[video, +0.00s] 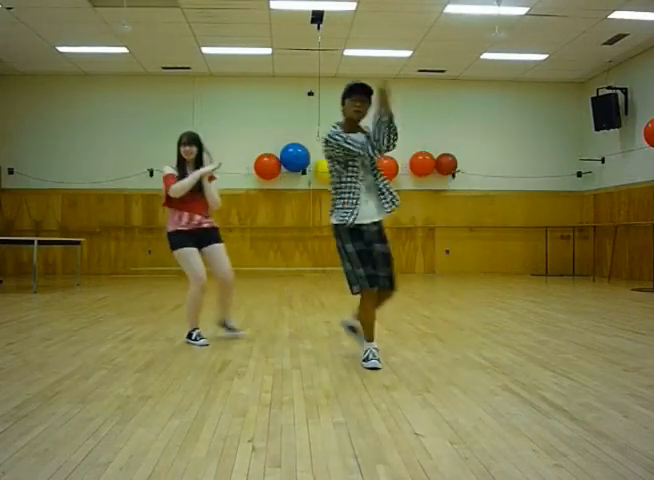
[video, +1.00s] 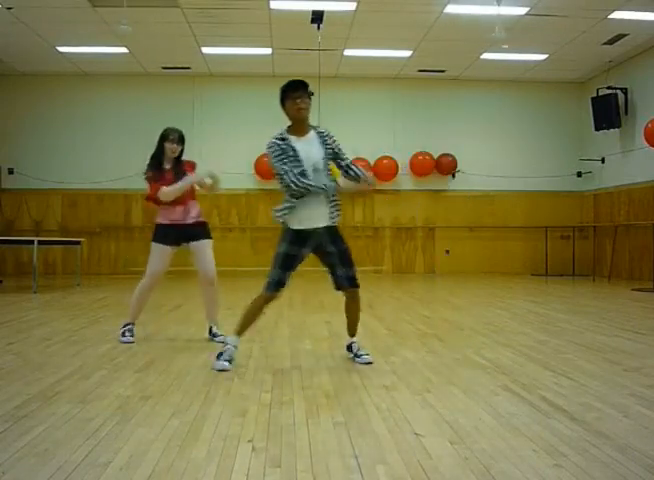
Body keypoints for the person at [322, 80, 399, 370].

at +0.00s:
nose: (359, 108)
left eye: (364, 104)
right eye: (354, 102)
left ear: (367, 109)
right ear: (343, 104)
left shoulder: (366, 136)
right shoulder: (333, 138)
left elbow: (388, 143)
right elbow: (361, 148)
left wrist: (385, 111)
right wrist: (374, 123)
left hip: (373, 219)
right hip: (348, 220)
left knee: (386, 287)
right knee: (368, 286)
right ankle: (369, 346)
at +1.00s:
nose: (302, 103)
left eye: (305, 98)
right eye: (295, 100)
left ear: (311, 103)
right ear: (284, 107)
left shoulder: (323, 137)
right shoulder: (278, 145)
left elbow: (345, 165)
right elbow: (296, 185)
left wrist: (363, 177)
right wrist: (334, 186)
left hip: (327, 227)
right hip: (296, 229)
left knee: (351, 288)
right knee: (271, 292)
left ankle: (353, 343)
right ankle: (232, 344)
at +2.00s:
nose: (428, 103)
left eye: (431, 98)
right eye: (421, 100)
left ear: (438, 102)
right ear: (410, 107)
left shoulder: (454, 134)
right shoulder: (402, 144)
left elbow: (464, 178)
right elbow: (406, 191)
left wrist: (459, 217)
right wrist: (421, 231)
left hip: (458, 222)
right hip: (429, 227)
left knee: (467, 289)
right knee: (445, 291)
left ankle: (463, 346)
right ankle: (443, 339)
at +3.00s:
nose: (393, 105)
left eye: (399, 101)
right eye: (389, 101)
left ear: (412, 105)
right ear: (386, 106)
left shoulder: (417, 131)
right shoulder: (401, 137)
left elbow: (434, 166)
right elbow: (408, 175)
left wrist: (410, 205)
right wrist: (393, 205)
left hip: (399, 227)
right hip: (384, 228)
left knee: (413, 293)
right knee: (362, 290)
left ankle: (468, 347)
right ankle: (401, 350)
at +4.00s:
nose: (359, 99)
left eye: (365, 95)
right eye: (356, 95)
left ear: (378, 100)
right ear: (350, 99)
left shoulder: (386, 137)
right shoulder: (333, 134)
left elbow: (391, 181)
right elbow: (320, 176)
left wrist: (385, 220)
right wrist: (318, 216)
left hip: (367, 218)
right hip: (338, 215)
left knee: (356, 287)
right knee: (357, 286)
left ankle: (325, 344)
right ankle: (355, 351)